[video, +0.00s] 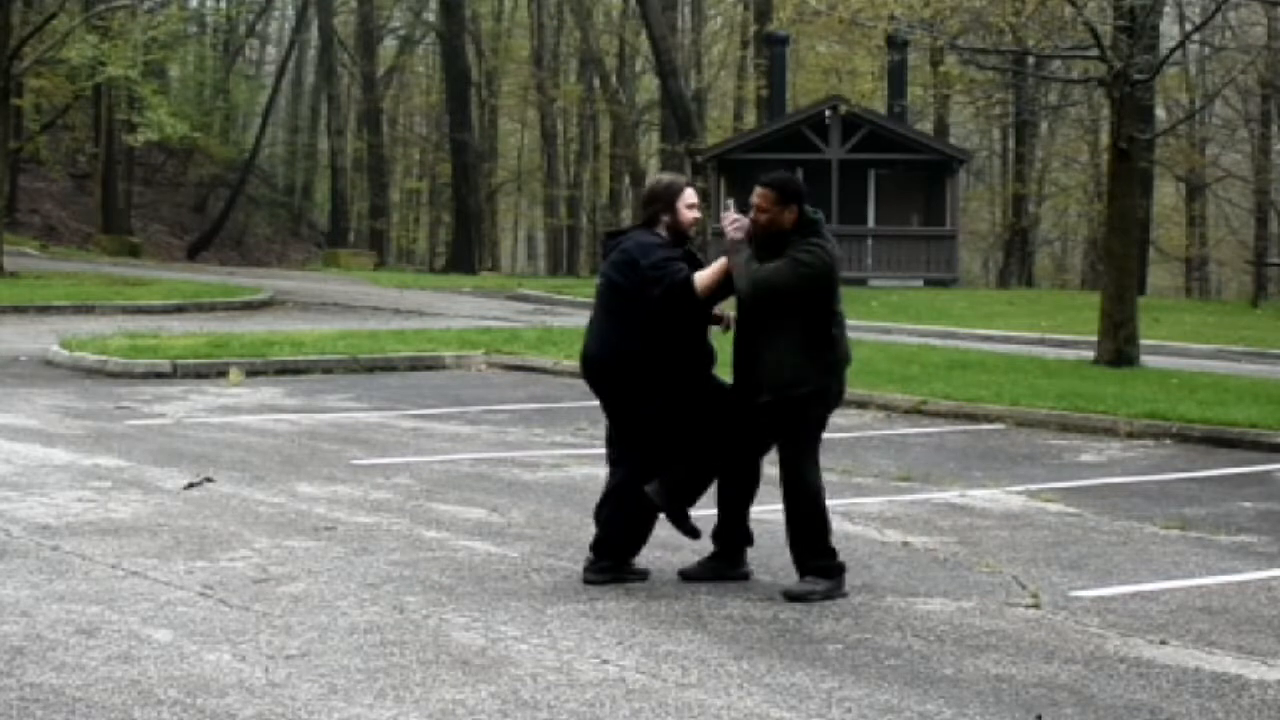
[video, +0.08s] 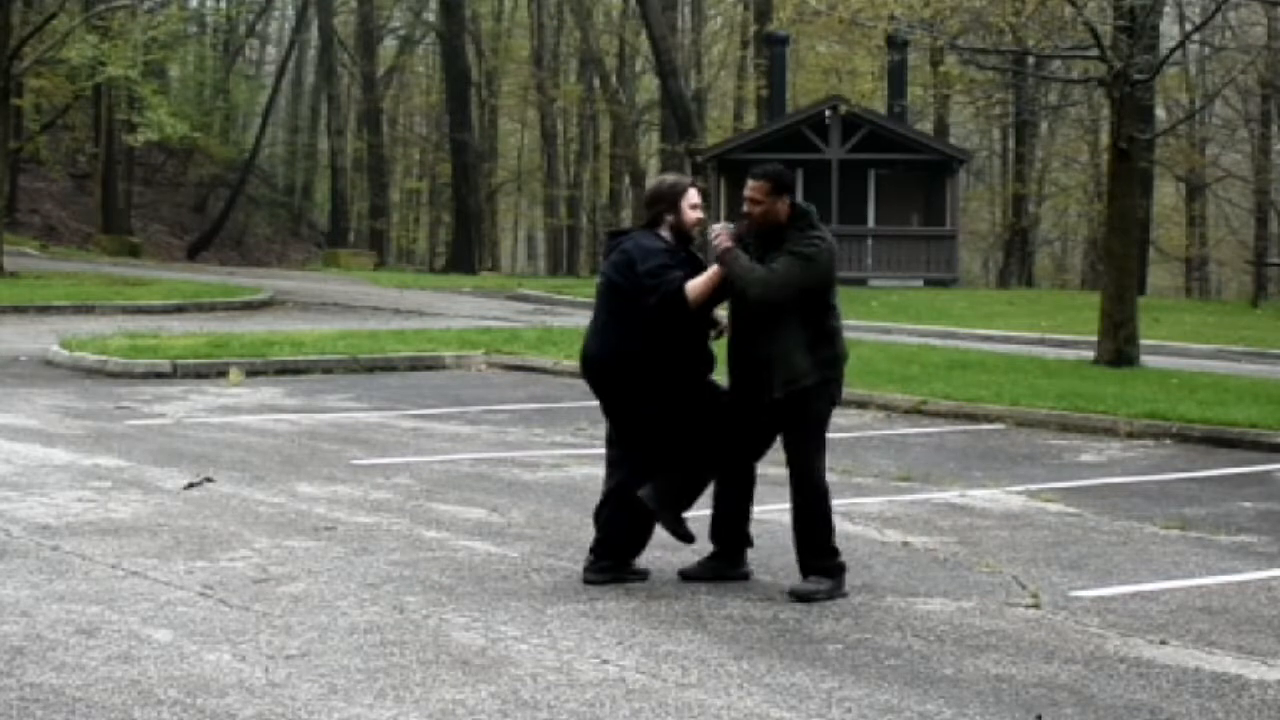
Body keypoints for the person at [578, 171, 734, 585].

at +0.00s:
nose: (698, 214)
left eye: (698, 207)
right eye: (690, 207)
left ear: (664, 212)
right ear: (665, 211)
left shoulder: (653, 247)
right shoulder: (652, 250)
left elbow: (667, 306)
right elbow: (685, 291)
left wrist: (709, 316)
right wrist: (733, 255)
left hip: (621, 367)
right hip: (634, 373)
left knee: (635, 463)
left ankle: (610, 557)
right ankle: (674, 490)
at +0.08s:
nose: (701, 215)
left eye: (700, 207)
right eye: (693, 207)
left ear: (670, 212)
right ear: (669, 211)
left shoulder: (670, 250)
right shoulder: (648, 250)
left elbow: (673, 308)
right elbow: (677, 301)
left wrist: (707, 324)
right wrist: (724, 264)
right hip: (630, 372)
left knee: (634, 460)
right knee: (722, 419)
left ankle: (611, 556)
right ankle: (669, 496)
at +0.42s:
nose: (713, 220)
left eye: (715, 210)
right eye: (707, 210)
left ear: (673, 213)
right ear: (686, 215)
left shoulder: (650, 246)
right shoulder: (681, 254)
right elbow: (678, 315)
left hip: (621, 365)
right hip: (650, 372)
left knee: (634, 459)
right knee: (674, 458)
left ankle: (614, 554)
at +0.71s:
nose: (654, 260)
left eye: (661, 250)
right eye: (650, 251)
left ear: (688, 244)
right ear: (651, 249)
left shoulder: (727, 288)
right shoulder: (672, 280)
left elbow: (710, 364)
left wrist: (656, 352)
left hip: (766, 392)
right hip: (721, 390)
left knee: (783, 479)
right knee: (667, 461)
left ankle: (845, 573)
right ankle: (681, 557)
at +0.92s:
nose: (645, 254)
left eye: (651, 245)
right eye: (641, 246)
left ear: (677, 236)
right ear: (642, 243)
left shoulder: (721, 273)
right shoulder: (649, 274)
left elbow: (692, 329)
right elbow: (618, 299)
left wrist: (629, 320)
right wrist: (603, 308)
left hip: (763, 388)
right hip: (708, 391)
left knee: (803, 468)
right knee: (668, 452)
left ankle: (863, 561)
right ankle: (679, 561)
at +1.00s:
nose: (646, 256)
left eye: (652, 246)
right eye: (643, 248)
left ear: (679, 237)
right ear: (652, 243)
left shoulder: (720, 272)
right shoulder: (660, 276)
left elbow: (676, 320)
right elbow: (626, 305)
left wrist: (612, 307)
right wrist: (598, 301)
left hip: (766, 390)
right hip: (709, 396)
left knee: (814, 470)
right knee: (663, 455)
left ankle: (878, 560)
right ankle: (678, 560)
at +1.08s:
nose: (657, 255)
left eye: (663, 246)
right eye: (654, 248)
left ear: (690, 237)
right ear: (665, 244)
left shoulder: (726, 268)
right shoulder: (673, 278)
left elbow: (671, 307)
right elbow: (639, 318)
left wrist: (619, 293)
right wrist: (586, 345)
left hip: (769, 392)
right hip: (713, 399)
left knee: (823, 474)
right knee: (660, 457)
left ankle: (887, 560)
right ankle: (678, 561)